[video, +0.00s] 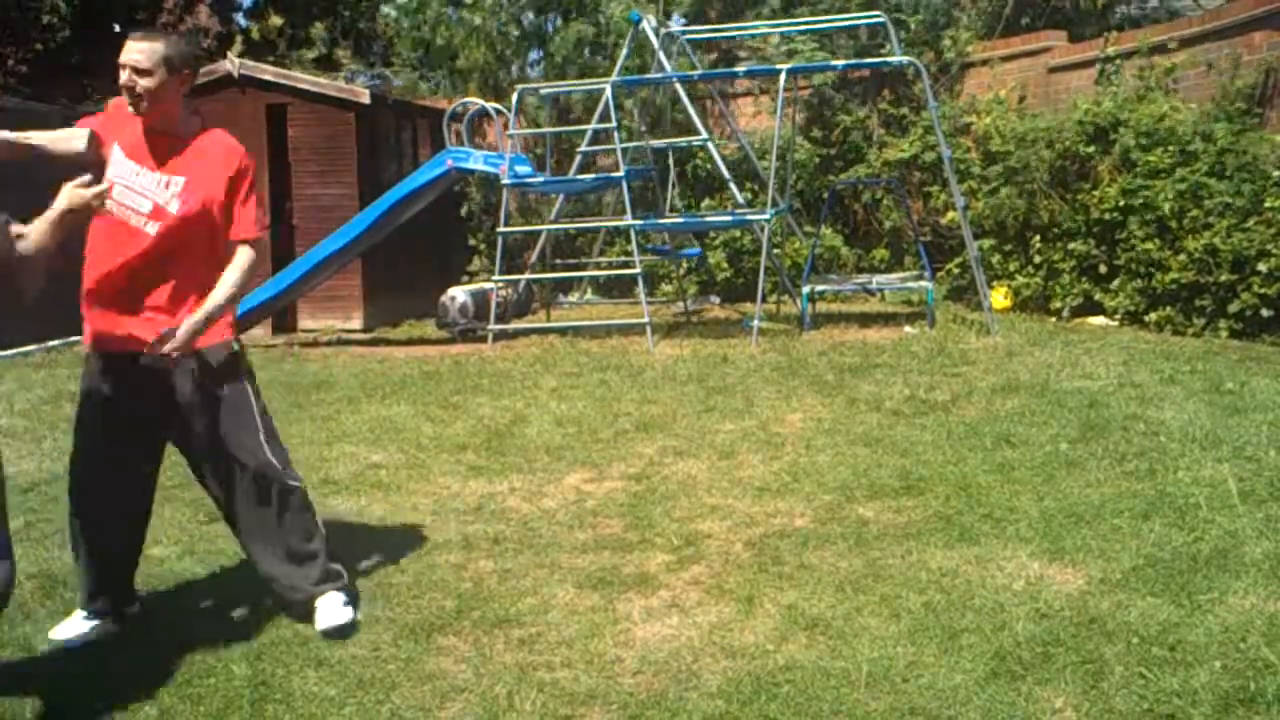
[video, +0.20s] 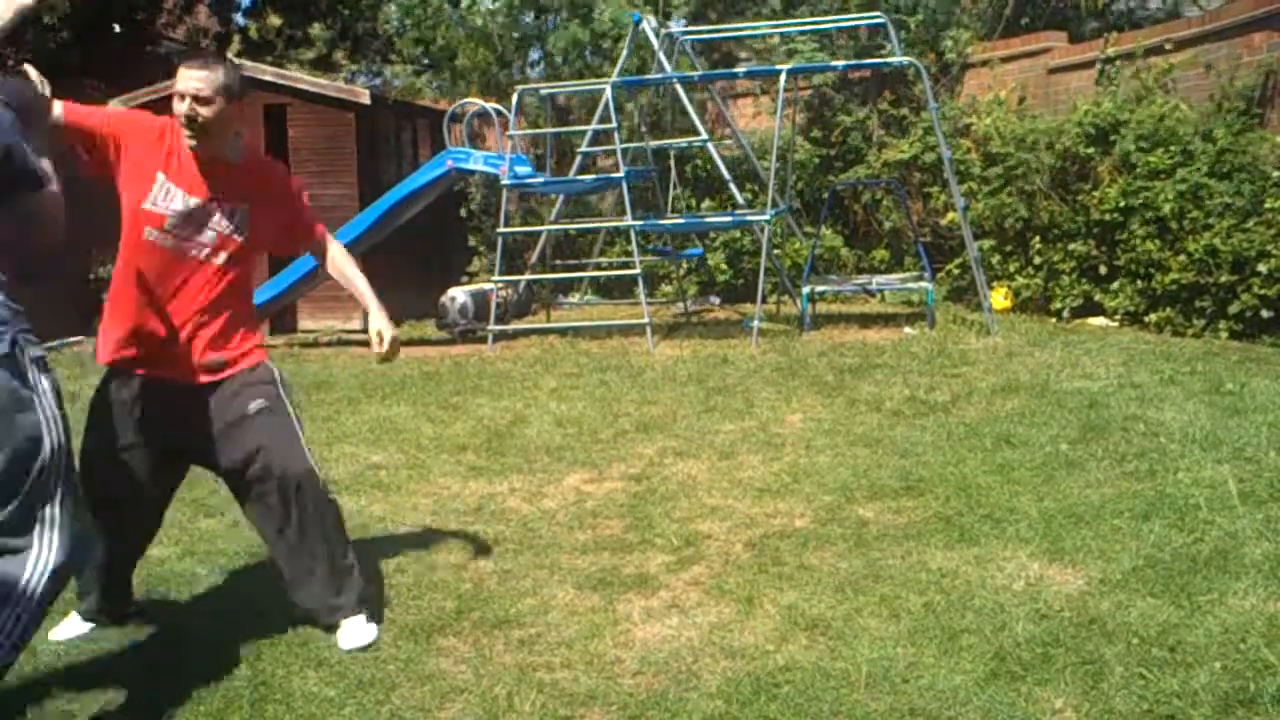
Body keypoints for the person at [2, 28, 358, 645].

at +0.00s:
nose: (126, 81)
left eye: (140, 72)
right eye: (122, 69)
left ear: (181, 81)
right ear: (120, 73)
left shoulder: (225, 157)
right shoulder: (115, 122)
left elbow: (249, 250)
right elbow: (62, 142)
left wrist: (196, 320)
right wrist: (8, 138)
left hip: (200, 350)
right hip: (116, 352)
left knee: (258, 471)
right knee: (101, 486)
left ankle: (323, 586)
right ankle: (106, 604)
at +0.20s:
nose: (186, 111)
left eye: (202, 102)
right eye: (180, 97)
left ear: (236, 109)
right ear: (171, 94)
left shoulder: (268, 182)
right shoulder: (140, 134)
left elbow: (322, 244)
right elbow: (47, 113)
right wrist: (15, 70)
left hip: (230, 367)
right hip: (139, 364)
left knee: (287, 474)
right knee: (111, 497)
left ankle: (347, 605)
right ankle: (103, 606)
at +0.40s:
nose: (196, 50)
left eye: (210, 38)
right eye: (192, 39)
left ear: (254, 44)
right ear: (193, 46)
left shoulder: (310, 112)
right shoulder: (191, 107)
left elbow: (391, 172)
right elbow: (125, 160)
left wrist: (449, 221)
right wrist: (45, 148)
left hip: (292, 334)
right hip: (217, 329)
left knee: (316, 480)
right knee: (183, 472)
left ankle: (349, 604)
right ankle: (207, 589)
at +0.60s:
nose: (232, 67)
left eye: (243, 53)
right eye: (227, 55)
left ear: (278, 54)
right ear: (230, 61)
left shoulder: (318, 114)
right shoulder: (263, 129)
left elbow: (330, 93)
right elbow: (296, 225)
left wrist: (289, 44)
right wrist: (271, 264)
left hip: (343, 338)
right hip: (296, 341)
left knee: (354, 482)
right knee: (273, 482)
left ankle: (492, 608)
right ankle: (322, 613)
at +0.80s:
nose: (334, 83)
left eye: (347, 69)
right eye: (330, 73)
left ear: (393, 74)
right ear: (351, 83)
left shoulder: (423, 124)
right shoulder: (371, 147)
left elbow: (355, 117)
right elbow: (360, 252)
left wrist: (260, 25)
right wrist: (283, 289)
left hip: (427, 367)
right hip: (366, 372)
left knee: (438, 523)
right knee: (319, 526)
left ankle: (543, 672)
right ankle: (312, 652)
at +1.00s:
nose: (443, 21)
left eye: (459, 9)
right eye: (438, 10)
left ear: (505, 21)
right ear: (436, 23)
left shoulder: (551, 109)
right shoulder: (412, 85)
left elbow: (586, 218)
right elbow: (320, 99)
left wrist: (495, 215)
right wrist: (236, 69)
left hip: (520, 342)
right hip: (434, 337)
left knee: (540, 496)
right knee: (426, 495)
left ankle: (589, 658)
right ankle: (500, 578)